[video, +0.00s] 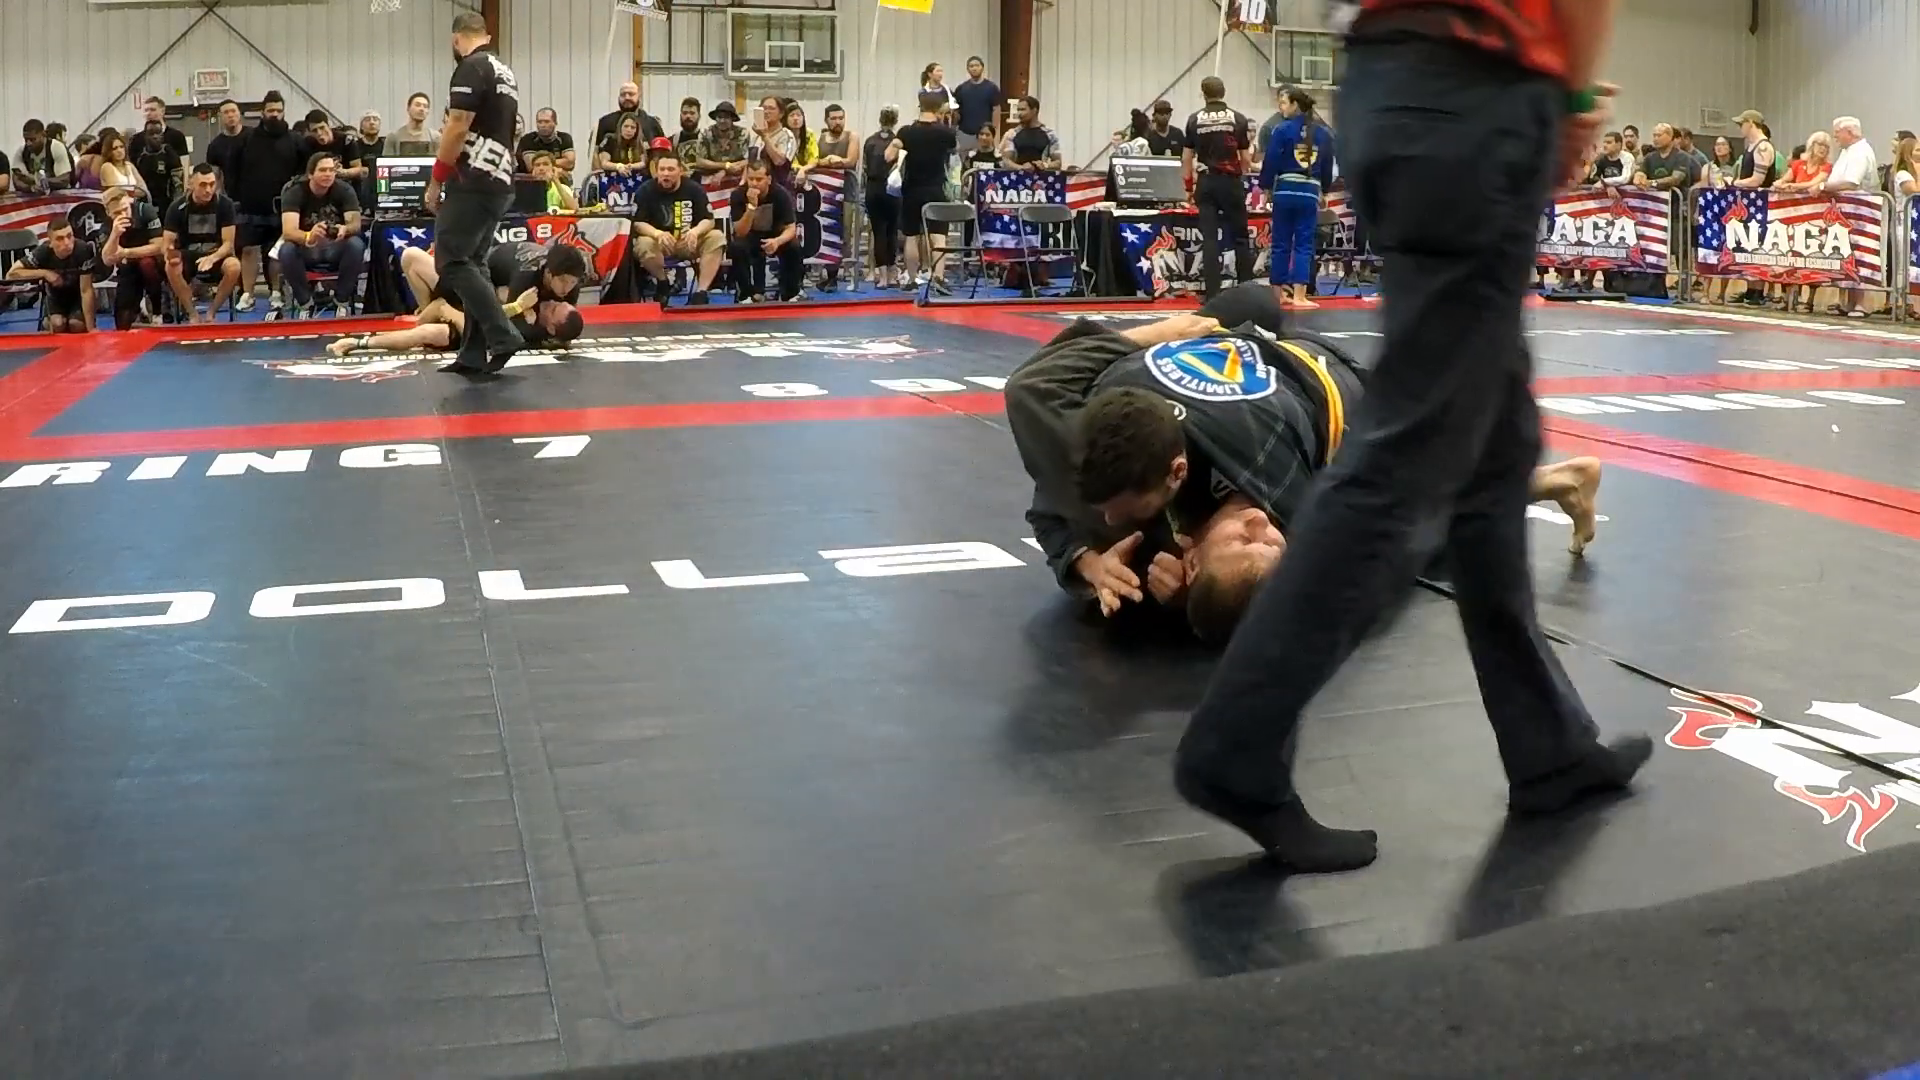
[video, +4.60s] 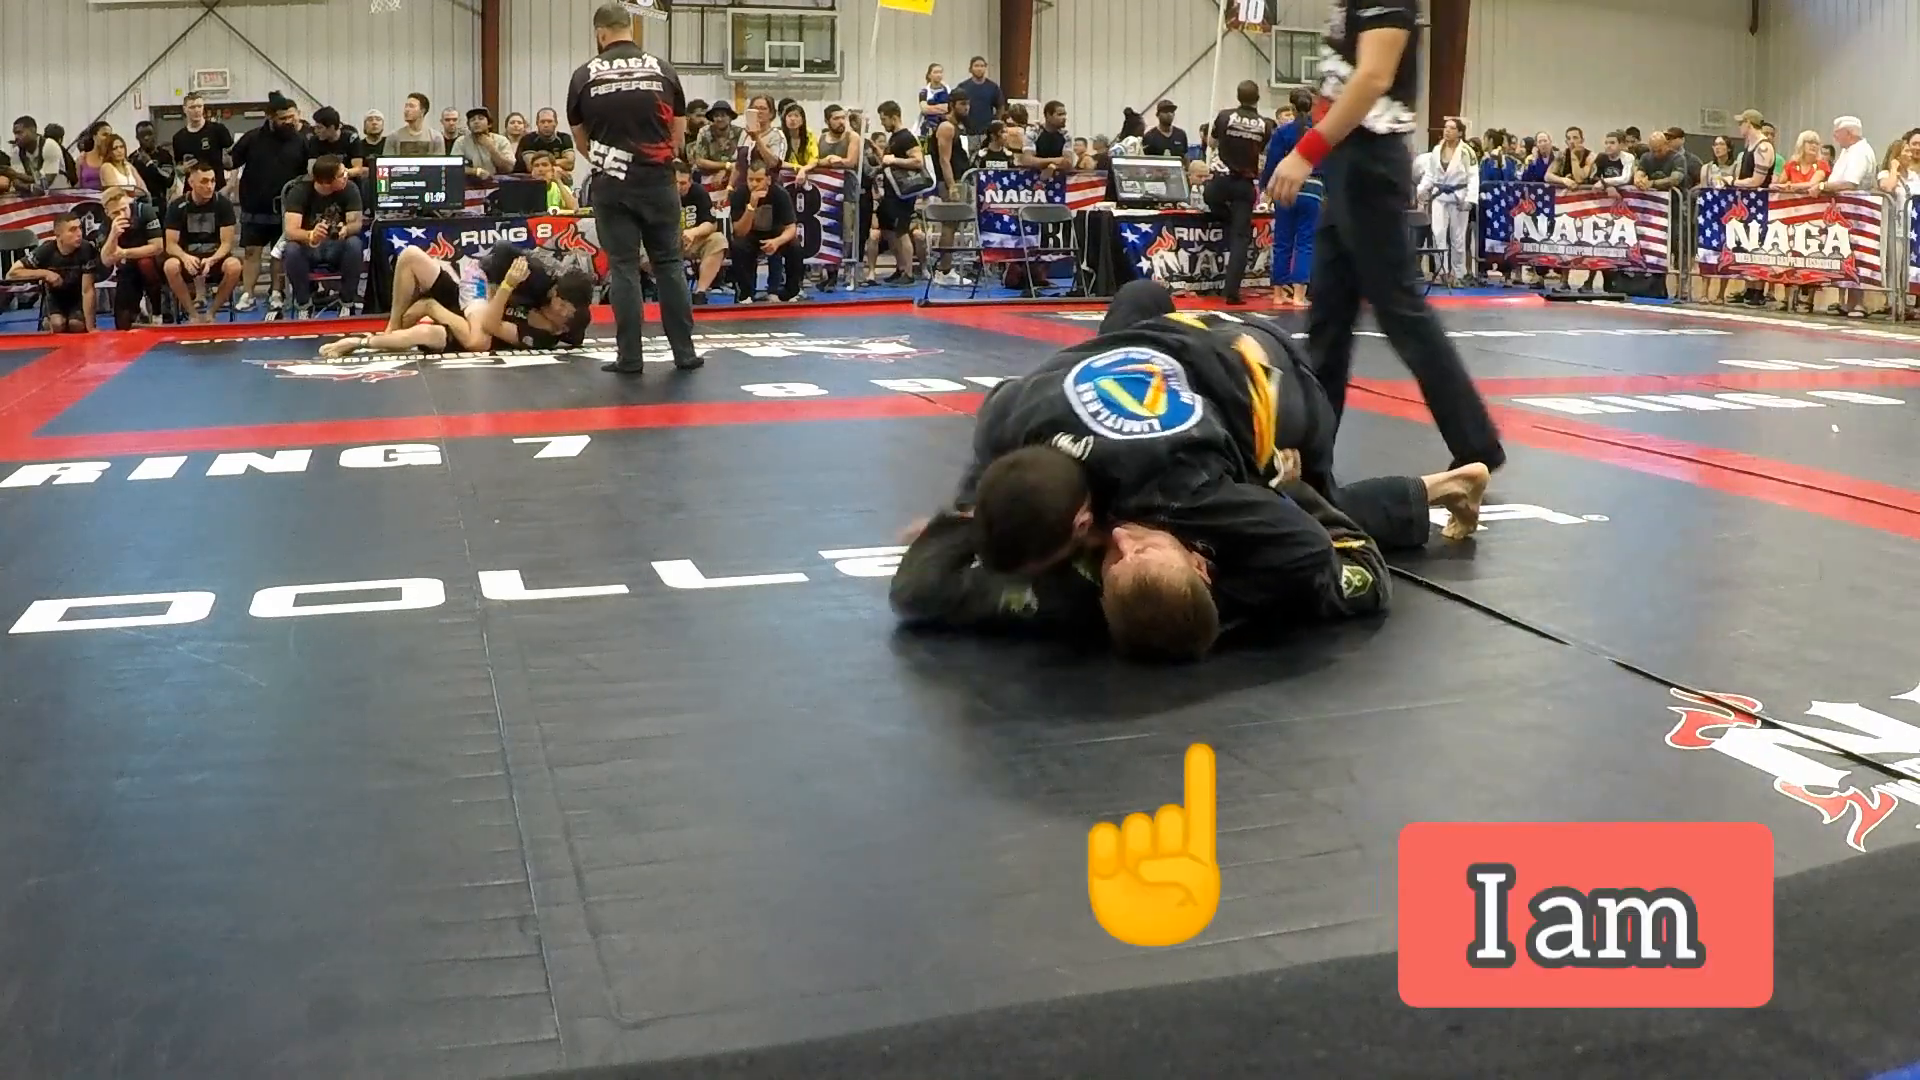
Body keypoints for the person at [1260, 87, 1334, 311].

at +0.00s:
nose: (1282, 108)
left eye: (1285, 104)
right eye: (1282, 103)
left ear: (1296, 106)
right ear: (1307, 107)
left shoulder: (1282, 129)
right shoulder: (1322, 132)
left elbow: (1271, 159)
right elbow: (1327, 164)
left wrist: (1265, 185)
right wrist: (1324, 190)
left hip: (1284, 189)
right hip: (1310, 191)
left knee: (1280, 241)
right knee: (1305, 242)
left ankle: (1278, 292)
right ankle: (1300, 295)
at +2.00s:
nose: (1284, 107)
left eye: (1286, 103)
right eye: (1285, 103)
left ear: (1295, 106)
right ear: (1309, 107)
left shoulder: (1282, 130)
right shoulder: (1324, 134)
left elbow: (1270, 161)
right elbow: (1329, 167)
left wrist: (1265, 186)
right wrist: (1326, 191)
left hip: (1284, 191)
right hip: (1310, 194)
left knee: (1280, 242)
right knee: (1305, 244)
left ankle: (1278, 292)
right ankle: (1299, 296)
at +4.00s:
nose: (1286, 108)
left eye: (1288, 104)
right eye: (1287, 104)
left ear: (1293, 106)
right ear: (1312, 106)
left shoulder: (1282, 131)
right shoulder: (1326, 134)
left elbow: (1272, 162)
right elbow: (1331, 167)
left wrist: (1267, 188)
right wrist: (1329, 192)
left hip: (1285, 192)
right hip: (1312, 194)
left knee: (1282, 242)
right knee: (1306, 244)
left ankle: (1278, 294)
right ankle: (1299, 296)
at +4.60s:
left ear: (1293, 106)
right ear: (1312, 105)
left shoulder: (1283, 131)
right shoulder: (1322, 130)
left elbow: (1272, 160)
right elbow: (1329, 163)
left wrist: (1264, 184)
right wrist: (1330, 191)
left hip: (1285, 184)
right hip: (1313, 186)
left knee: (1282, 239)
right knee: (1306, 241)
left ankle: (1278, 292)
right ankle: (1299, 294)